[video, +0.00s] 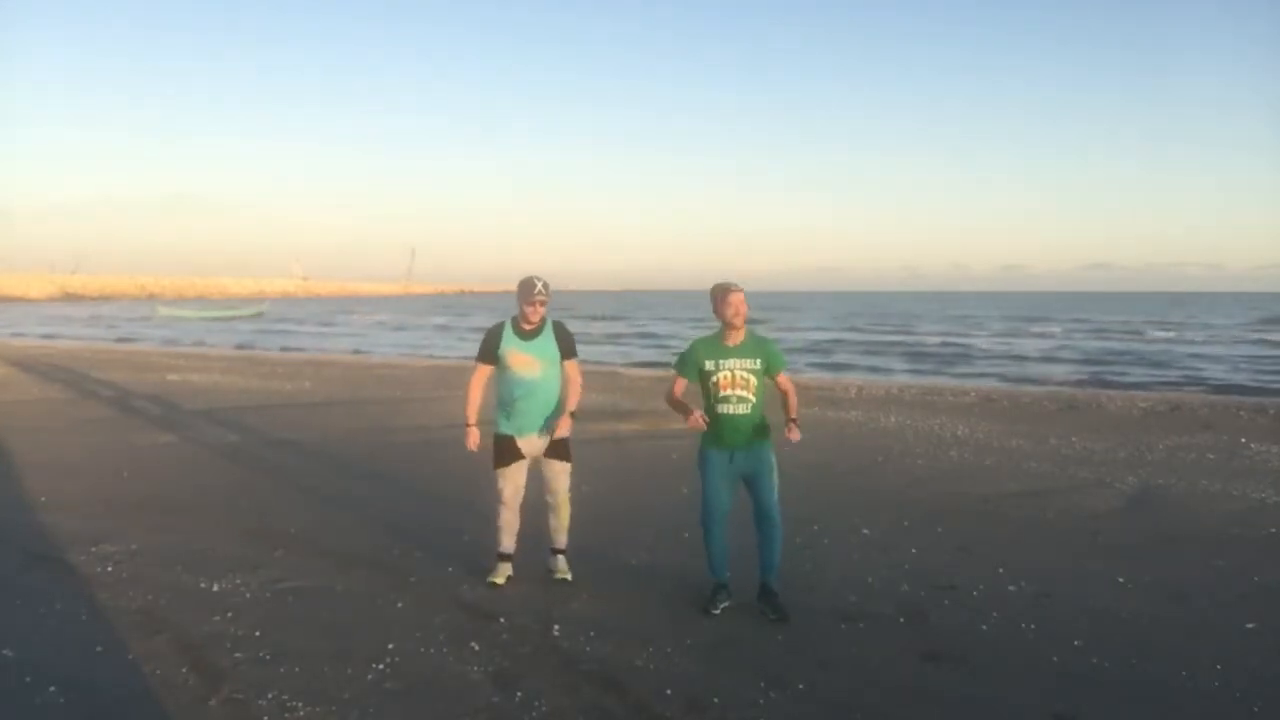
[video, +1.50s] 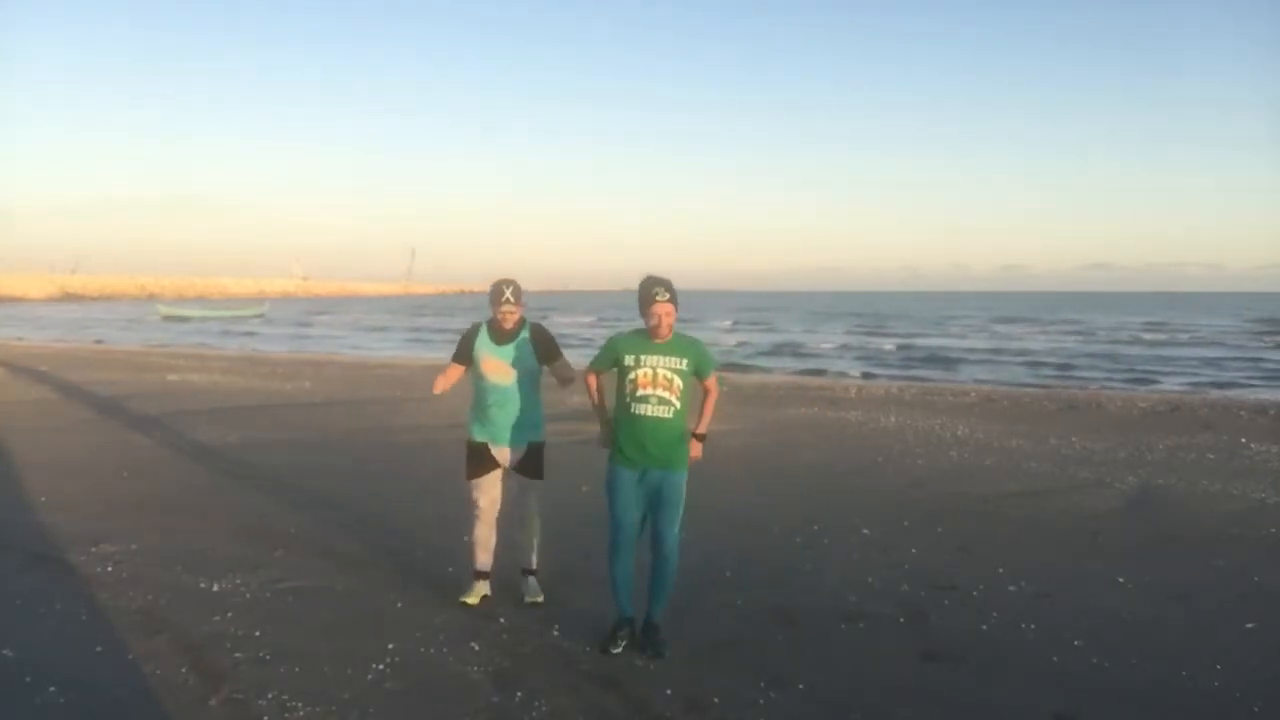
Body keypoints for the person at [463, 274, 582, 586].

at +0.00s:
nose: (535, 309)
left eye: (540, 303)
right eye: (529, 303)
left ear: (547, 305)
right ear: (518, 302)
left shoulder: (559, 333)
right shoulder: (498, 334)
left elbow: (574, 377)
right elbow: (478, 379)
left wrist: (567, 414)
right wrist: (471, 423)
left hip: (553, 430)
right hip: (510, 432)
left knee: (559, 496)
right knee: (508, 498)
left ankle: (559, 555)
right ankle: (504, 560)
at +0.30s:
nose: (533, 309)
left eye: (538, 303)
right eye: (527, 302)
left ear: (545, 304)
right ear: (516, 302)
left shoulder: (554, 333)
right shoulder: (496, 335)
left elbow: (582, 368)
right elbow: (473, 374)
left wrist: (576, 410)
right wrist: (485, 413)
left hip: (550, 434)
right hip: (508, 435)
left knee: (552, 500)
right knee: (507, 501)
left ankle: (551, 561)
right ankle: (504, 562)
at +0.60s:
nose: (534, 316)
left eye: (539, 310)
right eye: (529, 310)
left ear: (547, 310)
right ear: (519, 308)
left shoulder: (559, 339)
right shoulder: (499, 338)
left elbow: (575, 385)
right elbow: (481, 383)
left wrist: (565, 422)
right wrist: (485, 424)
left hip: (550, 437)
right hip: (507, 436)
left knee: (552, 501)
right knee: (504, 501)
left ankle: (552, 563)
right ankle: (507, 560)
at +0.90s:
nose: (510, 324)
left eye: (515, 318)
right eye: (505, 318)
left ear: (524, 315)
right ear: (495, 315)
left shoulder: (538, 338)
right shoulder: (480, 340)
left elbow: (570, 370)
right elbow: (463, 376)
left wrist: (569, 387)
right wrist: (453, 403)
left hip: (531, 439)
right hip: (485, 437)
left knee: (542, 510)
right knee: (472, 505)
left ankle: (549, 565)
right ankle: (470, 573)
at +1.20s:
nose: (502, 324)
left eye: (508, 318)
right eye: (497, 318)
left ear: (517, 316)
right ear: (487, 315)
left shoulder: (531, 340)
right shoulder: (472, 342)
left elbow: (554, 374)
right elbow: (456, 375)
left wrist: (555, 393)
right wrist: (445, 400)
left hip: (524, 439)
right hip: (480, 438)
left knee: (526, 508)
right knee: (473, 508)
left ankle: (529, 574)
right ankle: (472, 573)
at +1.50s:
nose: (508, 315)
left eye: (513, 309)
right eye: (502, 309)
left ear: (522, 308)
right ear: (492, 308)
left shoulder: (535, 334)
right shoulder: (477, 334)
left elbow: (564, 372)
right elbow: (457, 367)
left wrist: (566, 375)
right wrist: (443, 381)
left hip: (527, 437)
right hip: (484, 436)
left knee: (527, 505)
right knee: (484, 508)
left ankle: (530, 576)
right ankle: (481, 579)